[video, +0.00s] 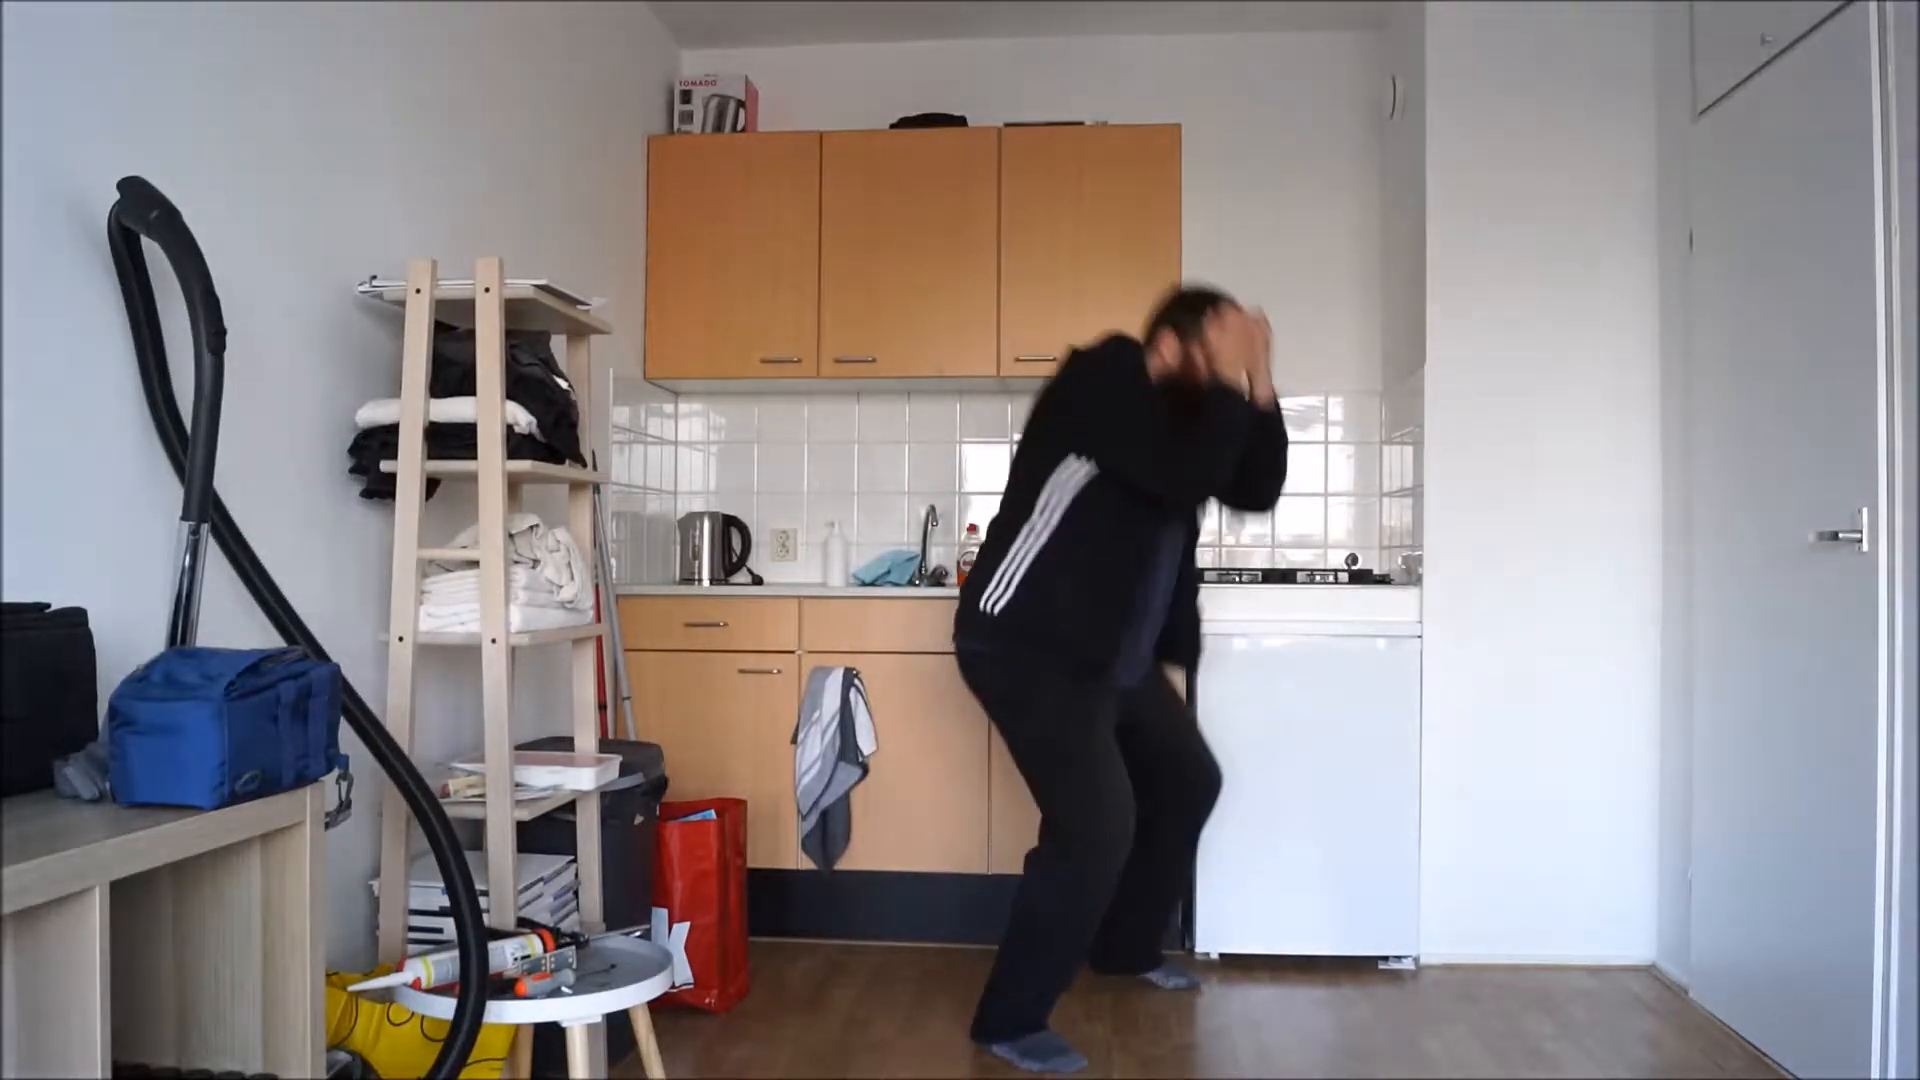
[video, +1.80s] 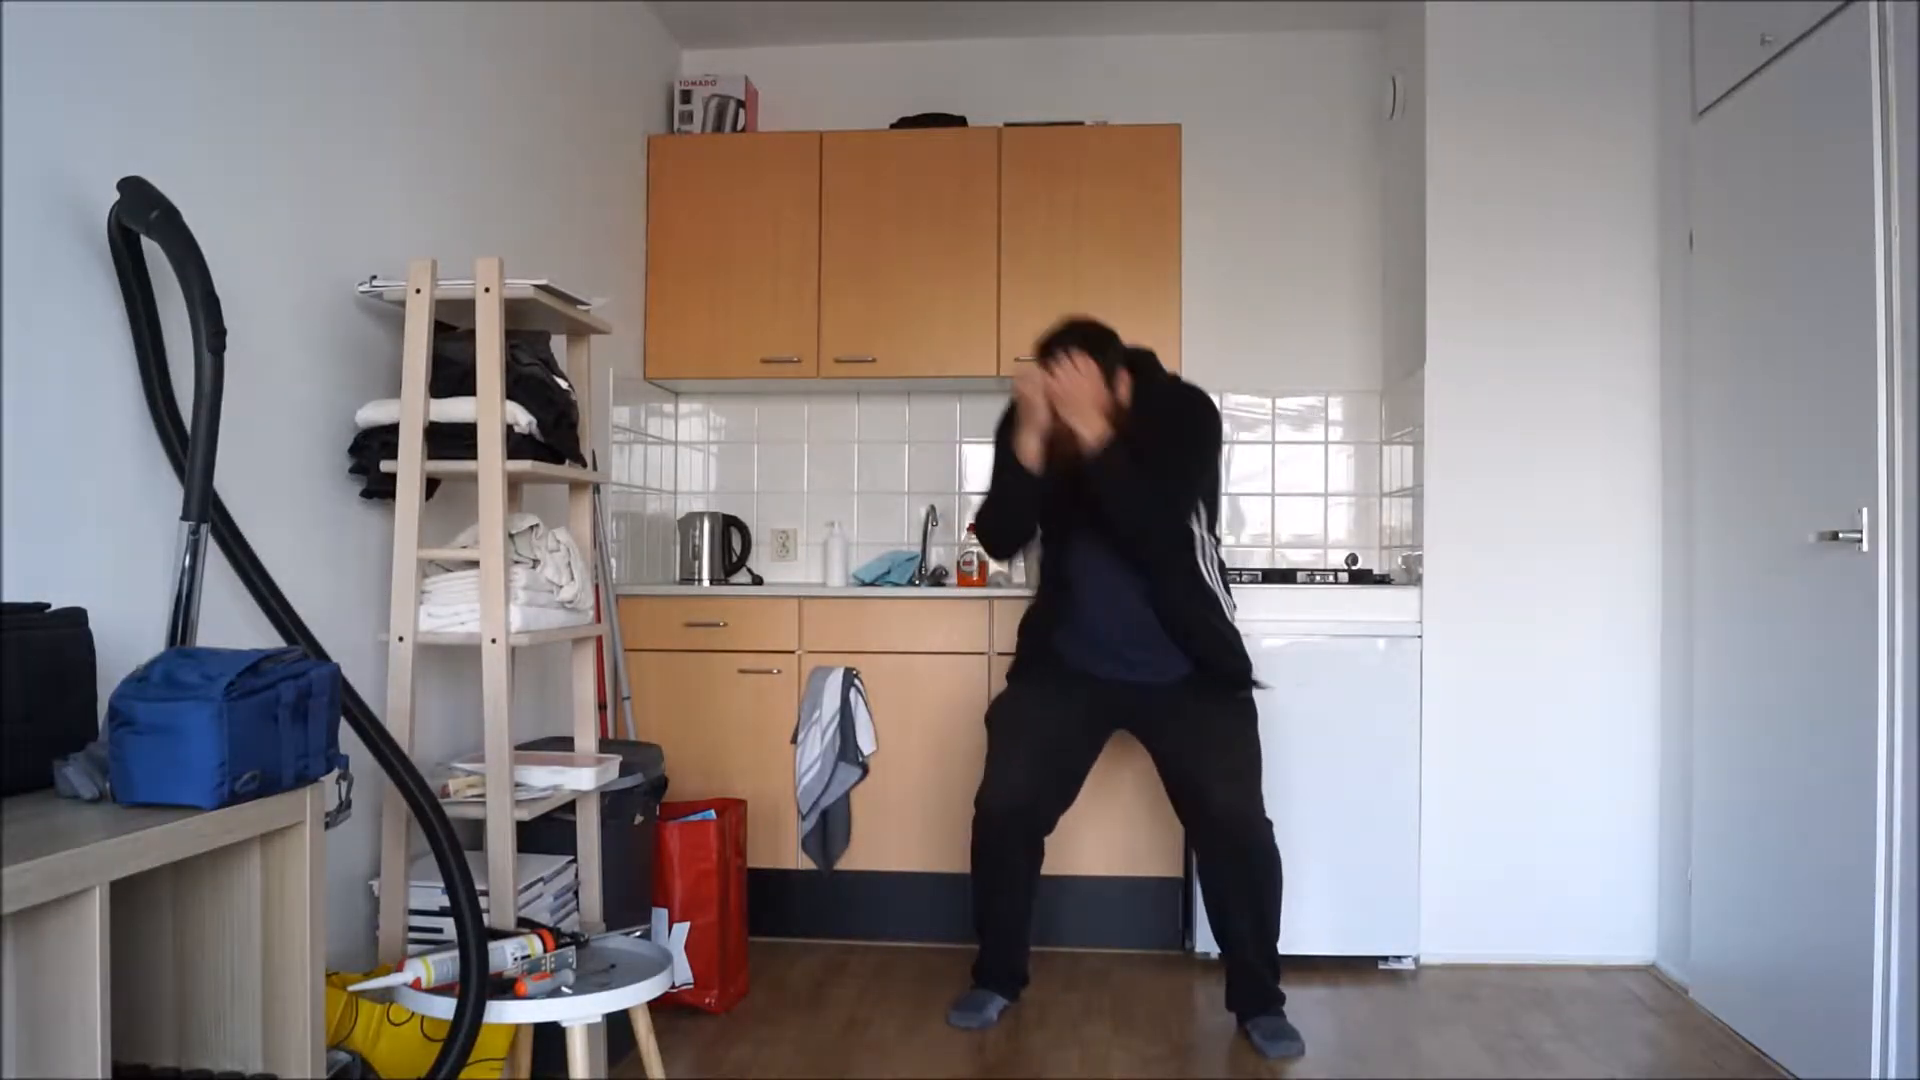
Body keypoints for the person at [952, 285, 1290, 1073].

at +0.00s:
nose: (1231, 372)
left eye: (1234, 362)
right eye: (1221, 358)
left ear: (1179, 354)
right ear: (1172, 344)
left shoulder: (1178, 410)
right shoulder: (1102, 377)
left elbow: (1258, 491)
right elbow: (1179, 476)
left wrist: (1261, 387)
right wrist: (1226, 385)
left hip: (1109, 654)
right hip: (1024, 645)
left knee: (1188, 780)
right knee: (1094, 822)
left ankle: (1126, 951)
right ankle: (1007, 1025)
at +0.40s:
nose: (1177, 268)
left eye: (1188, 258)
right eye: (1162, 251)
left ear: (1194, 273)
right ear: (1125, 258)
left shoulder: (1207, 342)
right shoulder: (1065, 319)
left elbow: (1251, 405)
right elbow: (1073, 386)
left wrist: (1213, 296)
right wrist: (1135, 292)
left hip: (1170, 626)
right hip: (1054, 618)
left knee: (1192, 821)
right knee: (1027, 812)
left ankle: (1189, 1003)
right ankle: (1000, 1003)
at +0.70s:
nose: (1046, 268)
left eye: (1062, 255)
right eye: (1036, 260)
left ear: (1100, 279)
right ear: (1026, 286)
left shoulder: (1157, 340)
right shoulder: (1014, 359)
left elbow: (1139, 418)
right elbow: (973, 435)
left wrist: (1083, 323)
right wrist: (1010, 329)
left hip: (1170, 633)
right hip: (1051, 636)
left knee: (1208, 804)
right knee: (1011, 801)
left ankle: (1217, 992)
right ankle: (995, 979)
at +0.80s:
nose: (1025, 342)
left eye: (1038, 327)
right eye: (1016, 333)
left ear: (1082, 325)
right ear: (1008, 341)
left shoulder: (1148, 372)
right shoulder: (1013, 398)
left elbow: (1124, 475)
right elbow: (972, 491)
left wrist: (1061, 380)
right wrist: (992, 383)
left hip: (1165, 645)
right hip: (1049, 649)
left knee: (1221, 810)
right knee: (1010, 807)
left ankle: (1251, 995)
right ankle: (995, 980)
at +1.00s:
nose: (1079, 440)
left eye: (1093, 428)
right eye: (1067, 431)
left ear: (1131, 416)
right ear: (1055, 423)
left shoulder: (1188, 439)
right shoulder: (1035, 446)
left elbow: (1176, 563)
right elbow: (1027, 578)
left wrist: (1122, 475)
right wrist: (1054, 480)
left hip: (1180, 673)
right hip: (1059, 675)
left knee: (1245, 826)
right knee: (1008, 822)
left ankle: (1260, 1004)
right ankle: (996, 979)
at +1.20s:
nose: (1195, 365)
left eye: (1209, 355)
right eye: (1183, 351)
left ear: (1226, 357)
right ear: (1154, 345)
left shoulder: (1242, 409)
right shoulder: (1101, 389)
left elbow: (1266, 504)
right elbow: (1100, 493)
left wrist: (1239, 402)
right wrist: (1160, 405)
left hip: (1193, 660)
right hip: (1079, 658)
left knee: (1257, 823)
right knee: (1030, 820)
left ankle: (1261, 1002)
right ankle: (999, 979)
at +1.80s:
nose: (1056, 398)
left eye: (1067, 385)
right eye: (1049, 389)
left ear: (1109, 375)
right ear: (1044, 387)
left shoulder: (1183, 411)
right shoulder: (1031, 418)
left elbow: (1160, 526)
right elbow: (1000, 537)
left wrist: (1098, 435)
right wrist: (1030, 440)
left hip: (1186, 667)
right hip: (1068, 662)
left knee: (1235, 828)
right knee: (1005, 809)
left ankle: (1259, 1001)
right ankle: (997, 978)